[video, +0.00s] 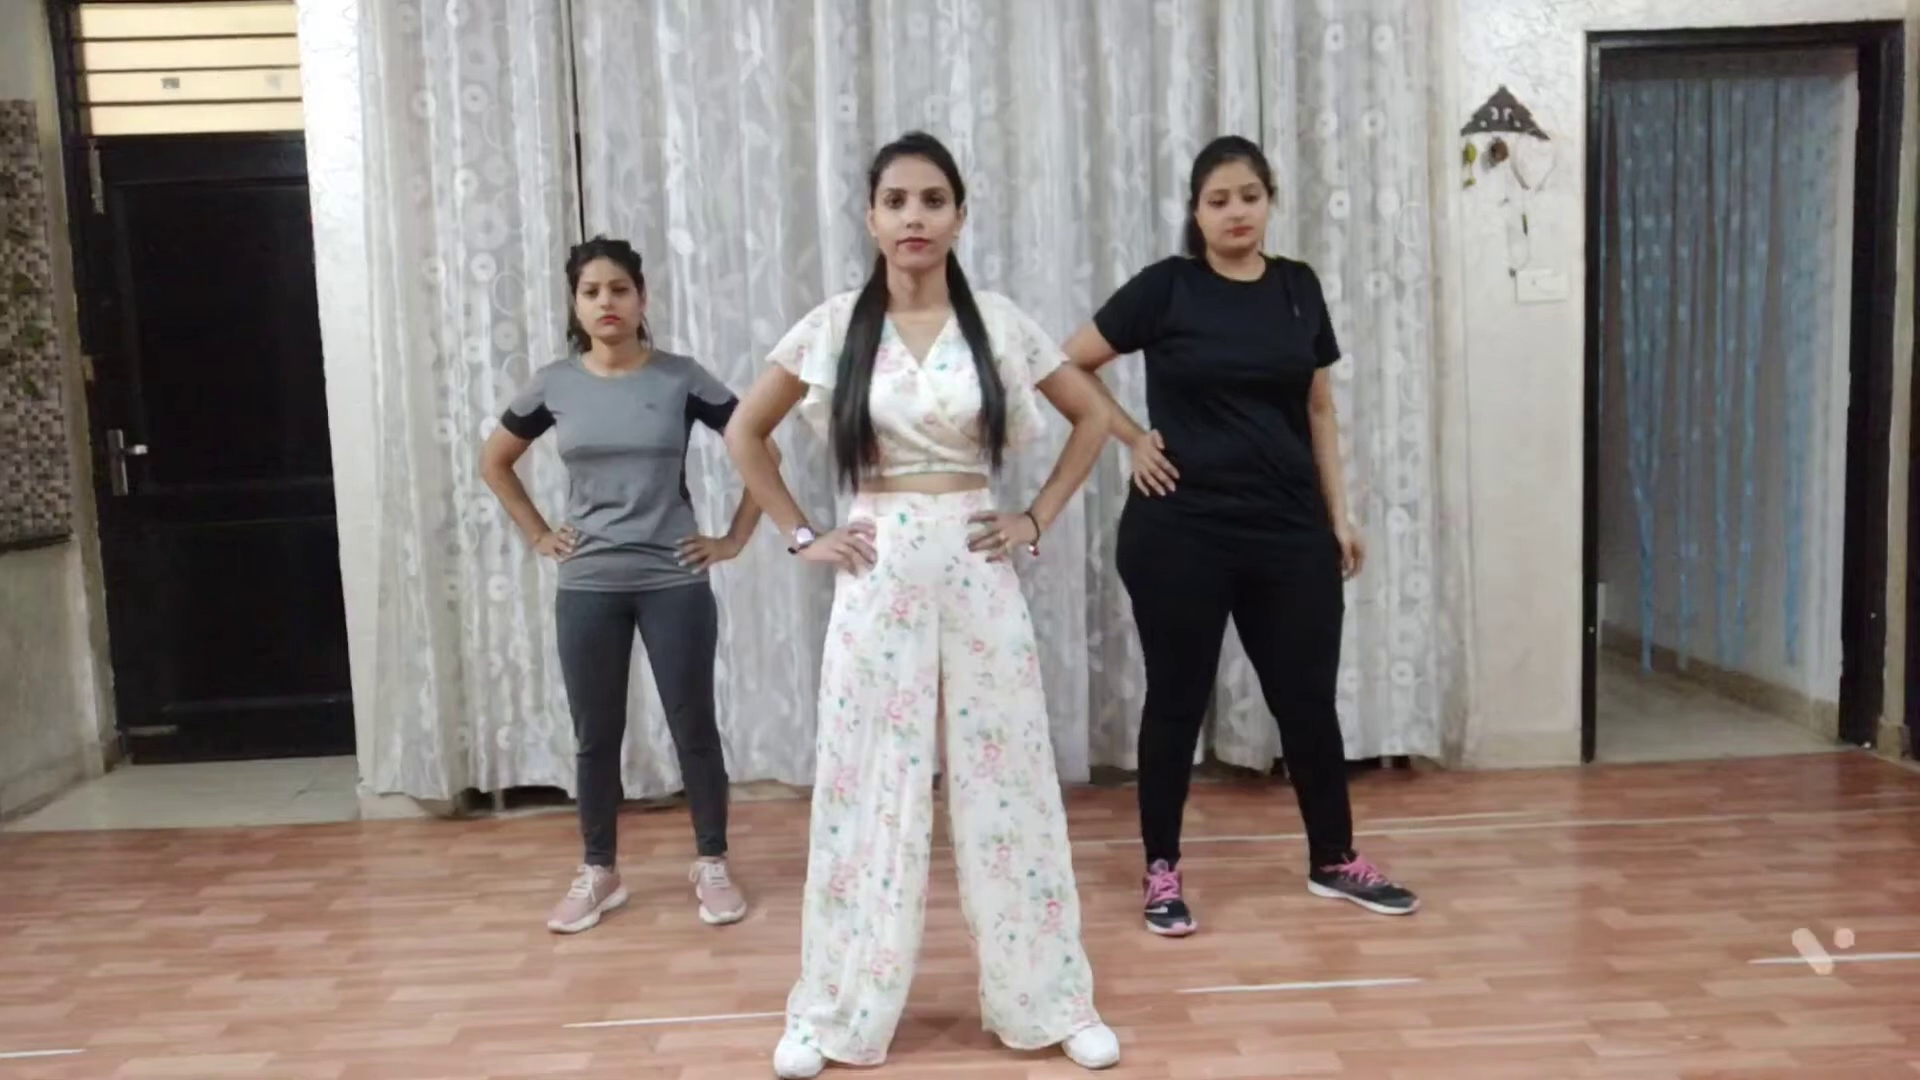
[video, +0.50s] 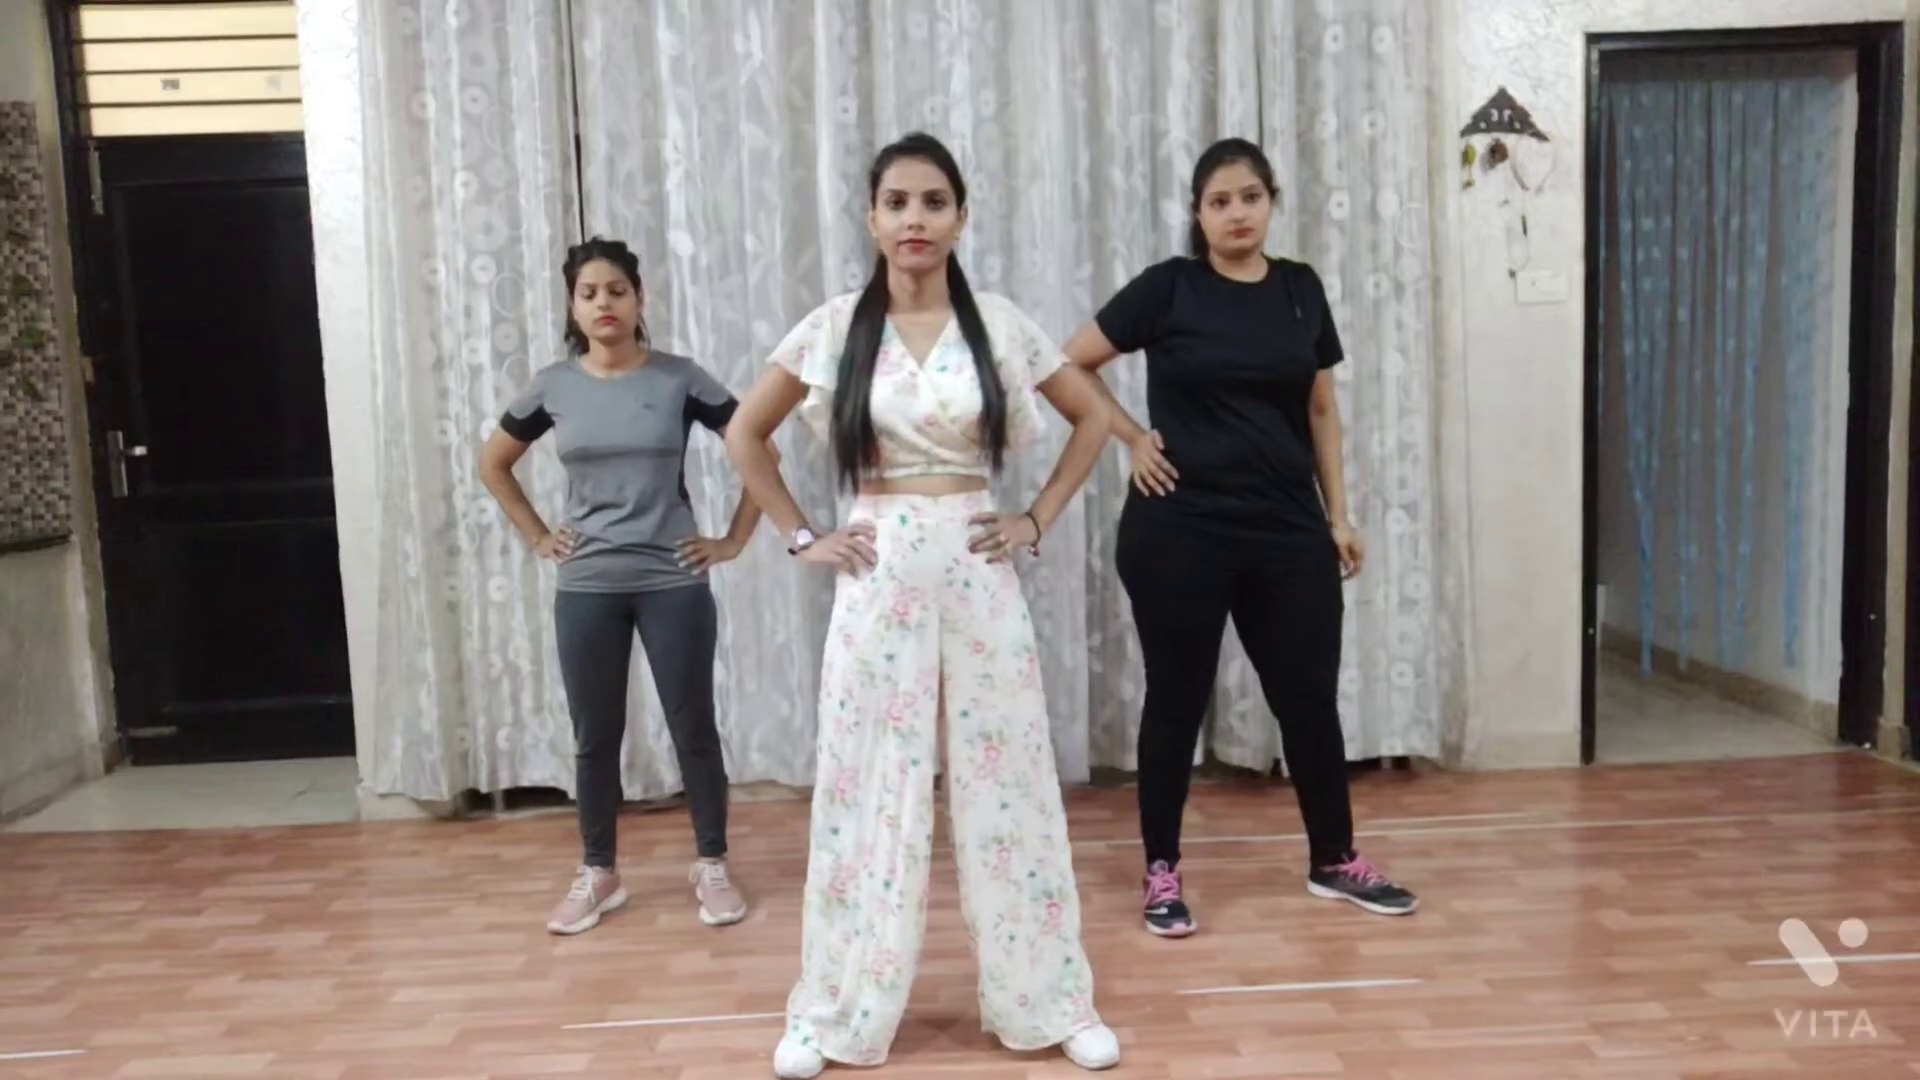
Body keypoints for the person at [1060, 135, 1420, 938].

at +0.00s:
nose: (1236, 213)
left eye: (1250, 197)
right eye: (1219, 200)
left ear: (1270, 204)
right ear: (1195, 211)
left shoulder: (1298, 287)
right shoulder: (1164, 289)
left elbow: (1320, 411)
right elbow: (1067, 369)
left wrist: (1336, 516)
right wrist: (1132, 436)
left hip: (1288, 529)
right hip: (1181, 528)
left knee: (1310, 701)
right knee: (1176, 702)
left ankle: (1335, 860)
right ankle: (1162, 869)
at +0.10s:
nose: (1236, 213)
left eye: (1249, 198)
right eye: (1219, 201)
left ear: (1269, 205)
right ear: (1196, 212)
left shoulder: (1298, 289)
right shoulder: (1165, 290)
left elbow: (1320, 412)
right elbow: (1068, 370)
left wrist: (1338, 516)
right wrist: (1131, 437)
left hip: (1288, 529)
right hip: (1180, 528)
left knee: (1310, 701)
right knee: (1177, 700)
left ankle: (1335, 861)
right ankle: (1162, 870)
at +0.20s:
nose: (1236, 212)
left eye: (1249, 197)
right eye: (1220, 199)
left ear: (1270, 204)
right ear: (1197, 211)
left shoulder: (1299, 288)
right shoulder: (1166, 289)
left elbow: (1320, 412)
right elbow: (1069, 368)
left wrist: (1336, 516)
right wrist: (1132, 436)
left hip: (1288, 529)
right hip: (1181, 527)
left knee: (1310, 700)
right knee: (1177, 701)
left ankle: (1335, 861)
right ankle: (1162, 869)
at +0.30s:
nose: (1237, 212)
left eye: (1250, 197)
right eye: (1220, 200)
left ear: (1271, 204)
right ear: (1197, 211)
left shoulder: (1299, 288)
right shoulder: (1166, 289)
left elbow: (1321, 412)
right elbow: (1069, 368)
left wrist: (1336, 515)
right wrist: (1131, 435)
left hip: (1287, 528)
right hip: (1180, 527)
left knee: (1310, 699)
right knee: (1177, 700)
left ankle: (1335, 860)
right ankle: (1162, 869)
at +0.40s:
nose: (1238, 212)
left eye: (1251, 197)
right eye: (1221, 200)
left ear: (1272, 204)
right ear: (1198, 211)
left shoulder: (1301, 288)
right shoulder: (1167, 289)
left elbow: (1322, 412)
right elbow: (1069, 369)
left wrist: (1337, 515)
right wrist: (1132, 435)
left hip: (1287, 528)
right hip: (1180, 526)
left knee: (1311, 700)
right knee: (1177, 700)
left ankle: (1335, 861)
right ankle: (1162, 870)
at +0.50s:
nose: (1237, 213)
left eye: (1251, 197)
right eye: (1221, 200)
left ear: (1271, 205)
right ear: (1198, 211)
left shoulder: (1300, 289)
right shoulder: (1167, 289)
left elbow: (1322, 412)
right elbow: (1069, 369)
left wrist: (1336, 516)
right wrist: (1131, 435)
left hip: (1286, 529)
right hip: (1180, 527)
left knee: (1311, 701)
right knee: (1176, 701)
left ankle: (1335, 861)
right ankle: (1162, 870)